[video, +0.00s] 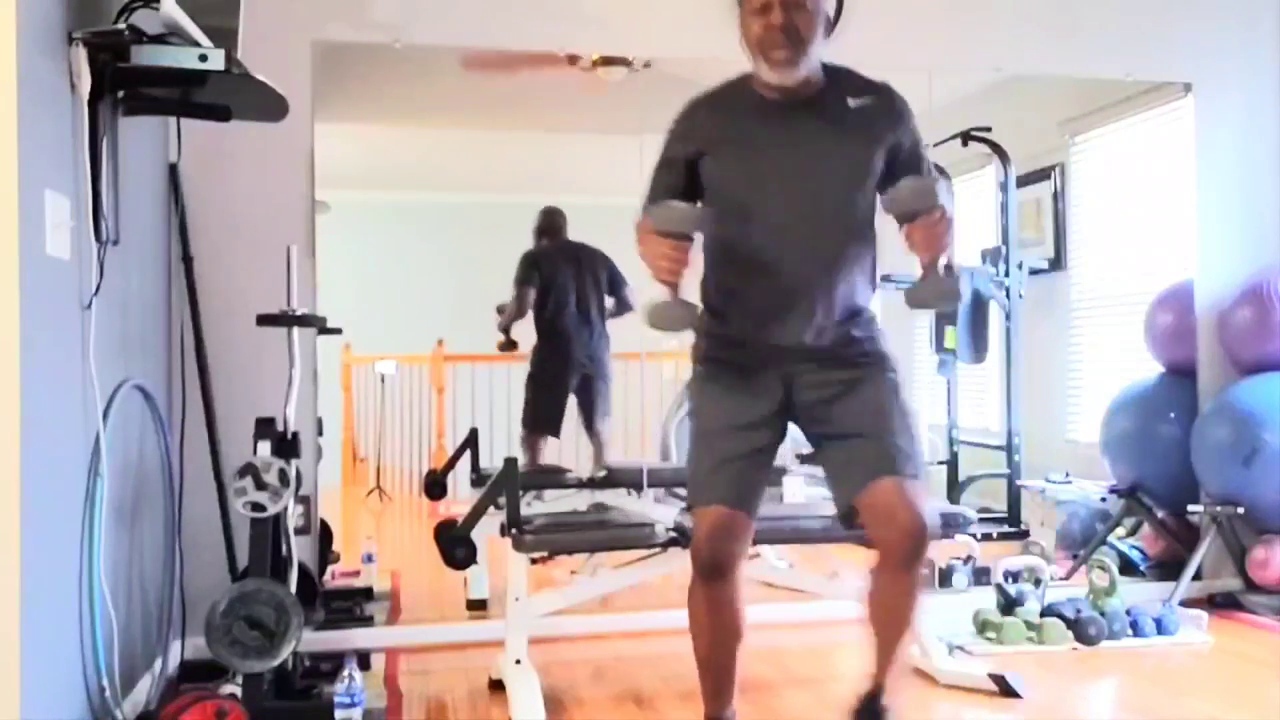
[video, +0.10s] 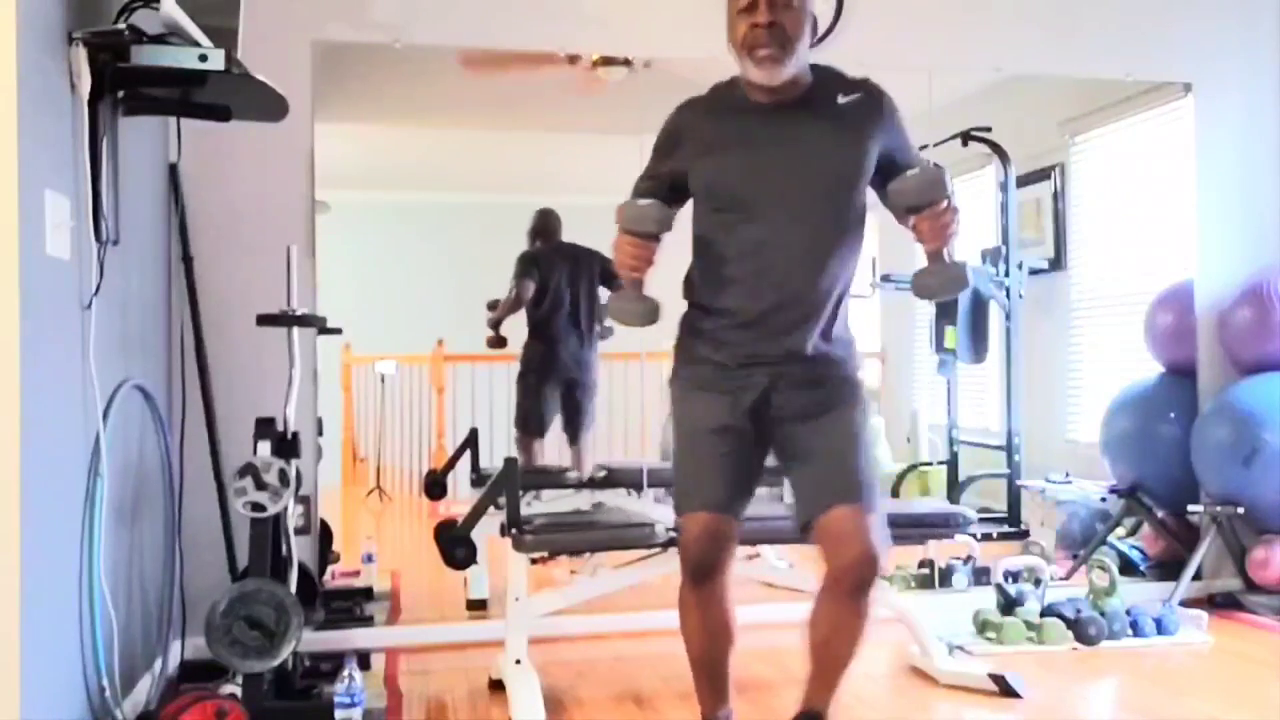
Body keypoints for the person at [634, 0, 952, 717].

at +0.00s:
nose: (777, 22)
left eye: (795, 6)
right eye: (760, 7)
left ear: (828, 14)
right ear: (740, 18)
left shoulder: (878, 111)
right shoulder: (704, 119)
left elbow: (920, 209)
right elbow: (657, 223)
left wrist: (931, 231)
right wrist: (659, 250)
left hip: (846, 356)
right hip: (735, 360)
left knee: (906, 529)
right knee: (713, 546)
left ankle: (878, 696)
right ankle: (718, 714)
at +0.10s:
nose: (763, 22)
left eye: (782, 7)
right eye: (747, 8)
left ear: (814, 18)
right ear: (727, 23)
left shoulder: (865, 110)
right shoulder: (695, 121)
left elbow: (916, 201)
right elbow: (642, 218)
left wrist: (934, 221)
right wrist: (630, 249)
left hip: (820, 366)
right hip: (714, 367)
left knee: (857, 559)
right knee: (701, 549)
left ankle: (813, 711)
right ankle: (714, 712)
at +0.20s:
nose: (757, 30)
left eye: (775, 16)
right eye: (741, 18)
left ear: (807, 31)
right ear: (723, 35)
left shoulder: (859, 123)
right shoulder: (689, 133)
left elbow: (916, 207)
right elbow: (635, 224)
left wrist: (929, 228)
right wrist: (617, 251)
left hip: (805, 384)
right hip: (697, 380)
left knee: (833, 570)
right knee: (688, 559)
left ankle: (805, 713)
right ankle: (713, 712)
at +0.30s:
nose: (754, 18)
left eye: (772, 4)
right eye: (738, 5)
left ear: (802, 17)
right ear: (719, 17)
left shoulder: (852, 115)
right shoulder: (677, 116)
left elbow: (904, 218)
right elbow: (624, 210)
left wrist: (903, 229)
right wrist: (626, 244)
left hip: (797, 371)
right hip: (689, 367)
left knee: (817, 551)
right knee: (680, 546)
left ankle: (804, 714)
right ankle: (707, 712)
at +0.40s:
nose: (745, 18)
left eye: (762, 3)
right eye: (730, 4)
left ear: (791, 14)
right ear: (712, 15)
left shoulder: (842, 110)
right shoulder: (667, 107)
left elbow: (891, 212)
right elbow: (603, 212)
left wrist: (875, 232)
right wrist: (632, 240)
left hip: (787, 364)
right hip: (676, 358)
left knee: (812, 544)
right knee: (632, 522)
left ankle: (803, 715)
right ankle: (656, 692)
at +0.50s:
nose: (732, 41)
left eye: (749, 26)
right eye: (717, 29)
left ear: (776, 39)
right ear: (698, 44)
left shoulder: (822, 137)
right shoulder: (654, 141)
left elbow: (879, 254)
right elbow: (596, 263)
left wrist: (847, 254)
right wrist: (655, 268)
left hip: (777, 382)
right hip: (666, 375)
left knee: (829, 553)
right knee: (596, 537)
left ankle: (806, 714)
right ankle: (569, 703)